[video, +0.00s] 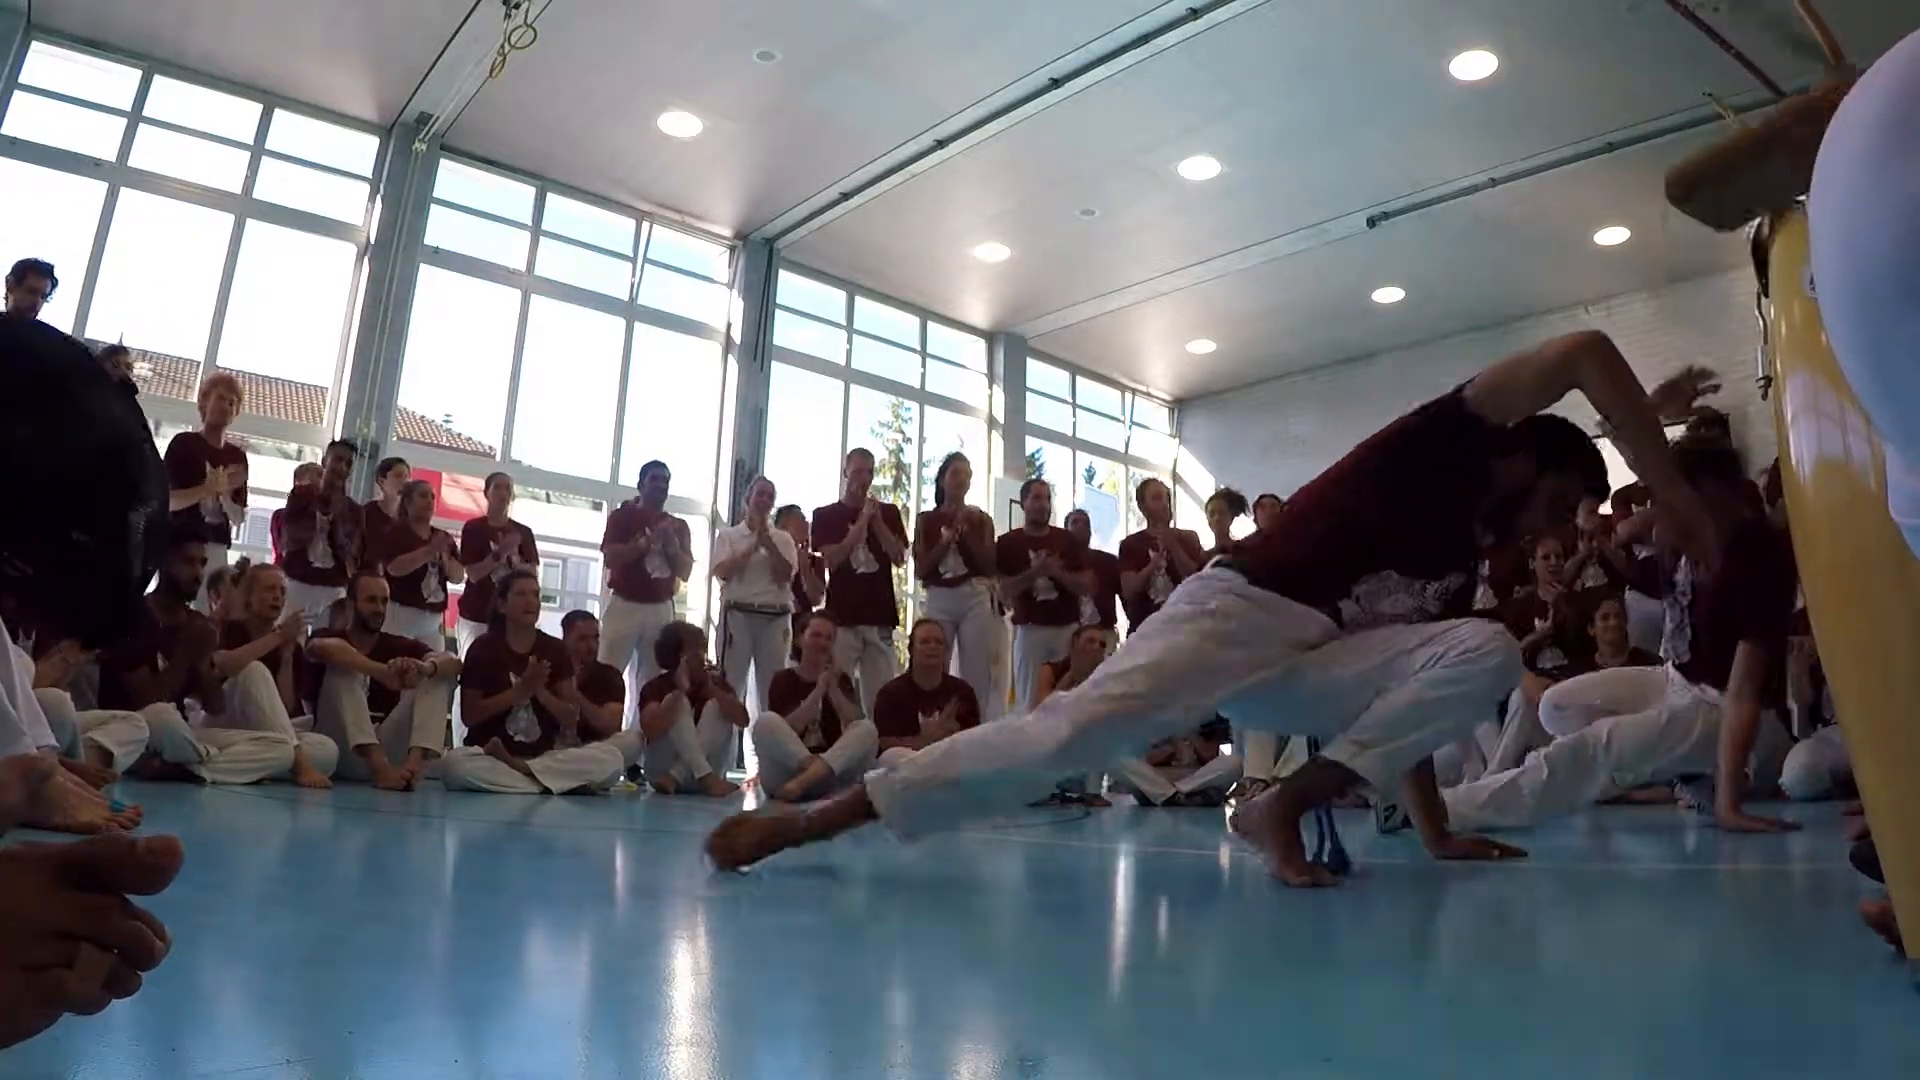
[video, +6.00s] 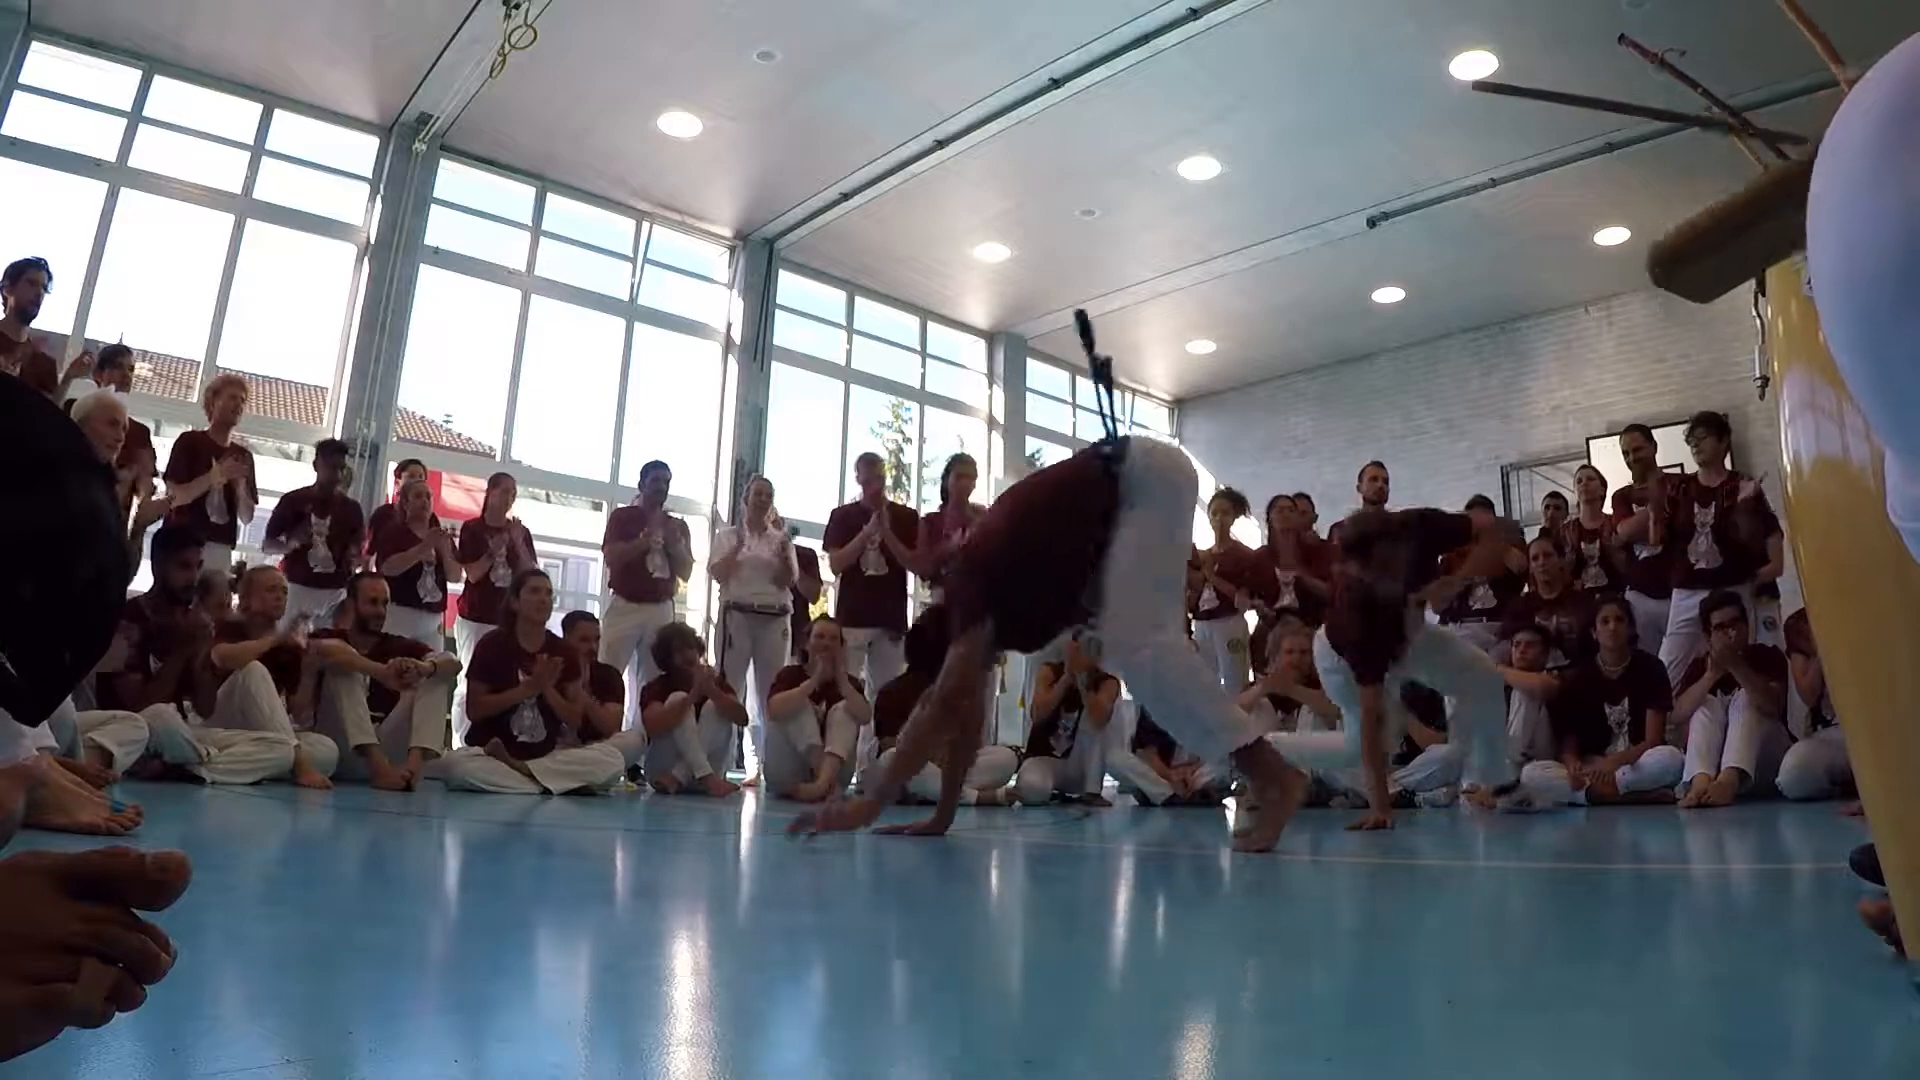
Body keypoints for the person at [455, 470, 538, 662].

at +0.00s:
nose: (503, 494)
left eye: (507, 489)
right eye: (497, 488)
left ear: (512, 495)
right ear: (486, 493)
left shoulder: (524, 532)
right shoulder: (473, 528)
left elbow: (533, 573)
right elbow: (473, 575)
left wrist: (515, 559)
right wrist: (501, 551)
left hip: (511, 618)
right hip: (475, 615)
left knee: (506, 680)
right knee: (473, 679)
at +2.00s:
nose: (504, 493)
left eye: (509, 489)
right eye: (498, 487)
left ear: (513, 495)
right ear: (487, 492)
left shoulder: (524, 533)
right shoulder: (474, 527)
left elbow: (533, 574)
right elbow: (474, 574)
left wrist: (515, 554)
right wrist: (497, 554)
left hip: (511, 619)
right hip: (475, 616)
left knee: (505, 680)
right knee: (471, 680)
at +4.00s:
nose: (503, 493)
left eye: (507, 488)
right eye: (497, 488)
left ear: (512, 495)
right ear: (486, 493)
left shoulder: (523, 532)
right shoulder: (473, 527)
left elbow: (531, 574)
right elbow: (473, 575)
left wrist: (514, 553)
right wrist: (496, 553)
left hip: (509, 621)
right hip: (474, 617)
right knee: (471, 679)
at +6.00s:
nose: (508, 497)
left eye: (512, 493)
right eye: (503, 491)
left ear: (515, 498)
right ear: (489, 493)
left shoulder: (521, 531)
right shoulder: (472, 527)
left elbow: (531, 573)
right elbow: (471, 573)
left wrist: (518, 545)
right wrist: (494, 553)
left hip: (510, 622)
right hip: (475, 617)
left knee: (505, 684)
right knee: (470, 684)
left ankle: (497, 743)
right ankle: (462, 745)